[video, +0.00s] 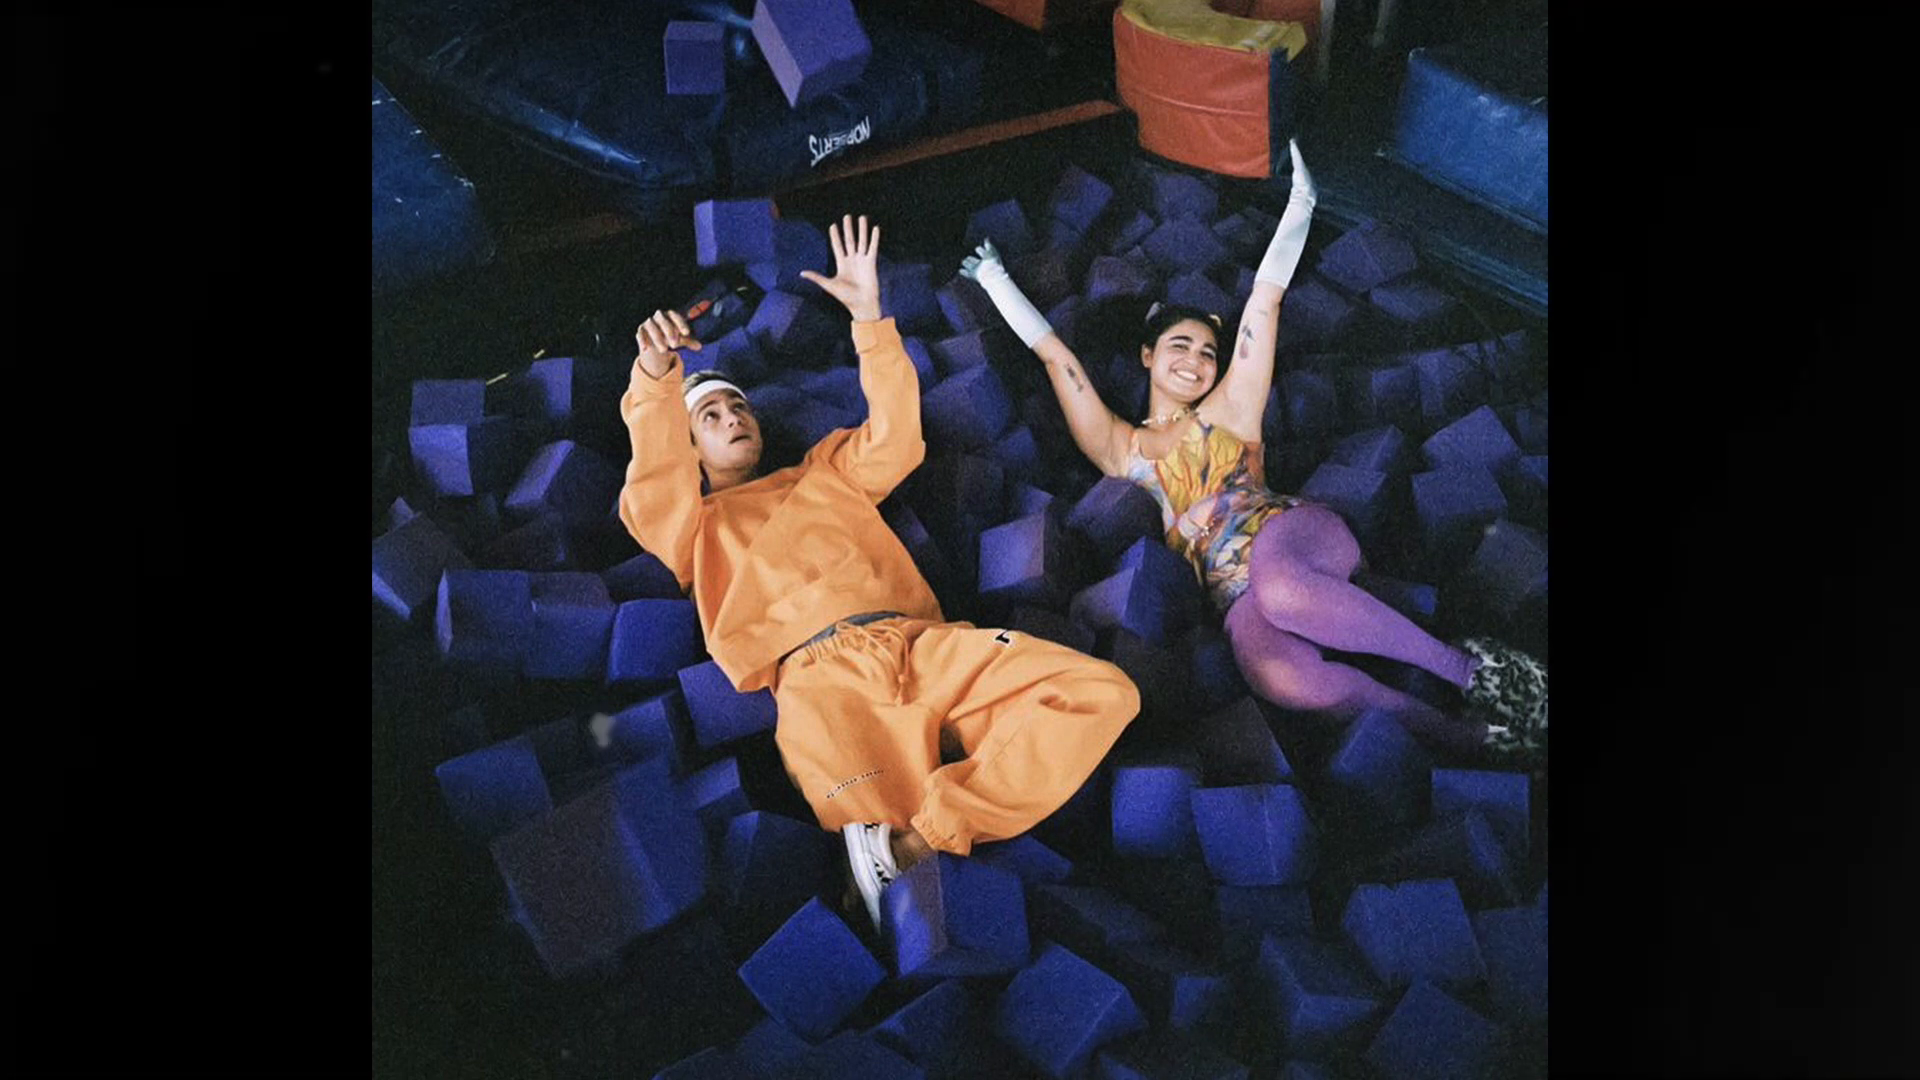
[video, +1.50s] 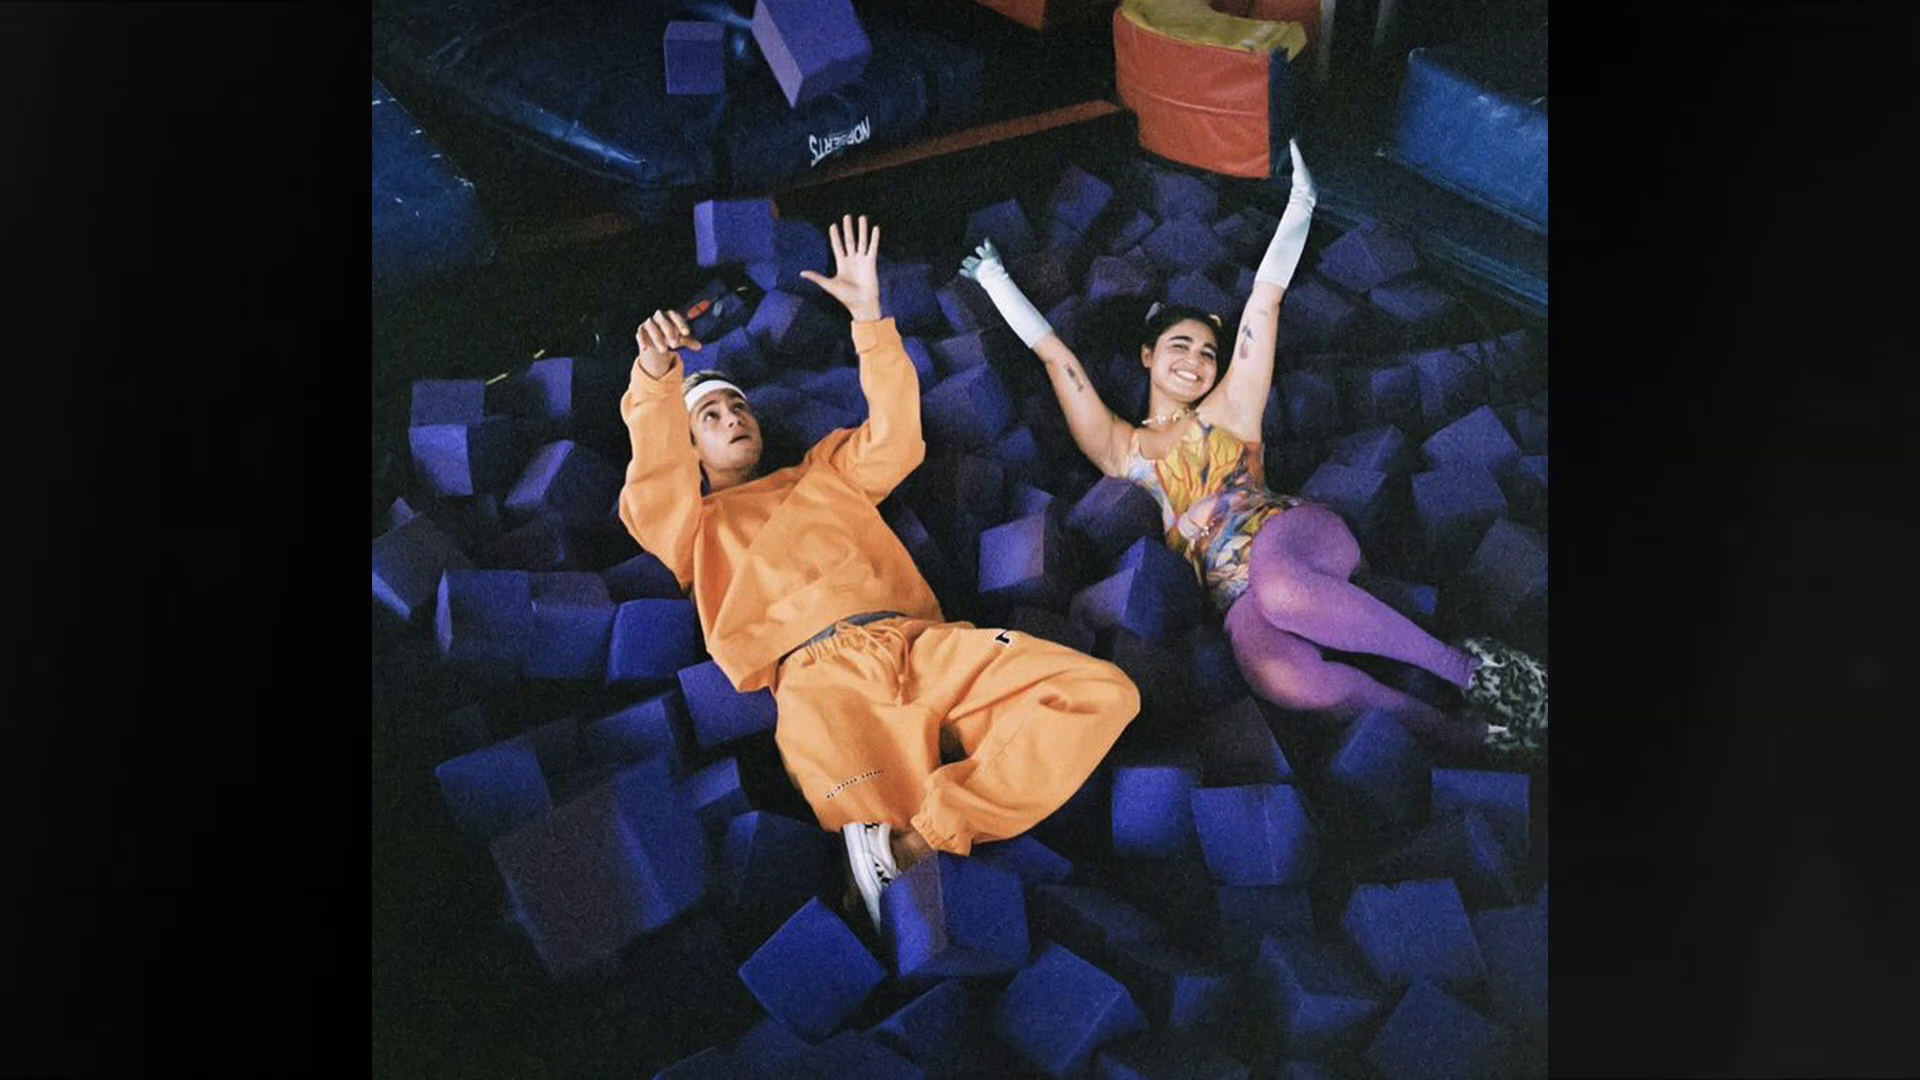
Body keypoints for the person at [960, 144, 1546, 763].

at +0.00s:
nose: (1192, 361)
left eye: (1205, 354)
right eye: (1178, 347)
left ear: (1215, 369)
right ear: (1145, 358)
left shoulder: (1230, 412)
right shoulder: (1123, 448)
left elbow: (1264, 305)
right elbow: (1057, 358)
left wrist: (1298, 209)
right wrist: (991, 277)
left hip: (1288, 532)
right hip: (1239, 598)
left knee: (1278, 592)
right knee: (1286, 680)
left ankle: (1470, 671)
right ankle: (1464, 735)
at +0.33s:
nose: (1190, 359)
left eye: (1204, 353)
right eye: (1176, 346)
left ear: (1216, 370)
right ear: (1145, 358)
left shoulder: (1230, 411)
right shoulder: (1122, 449)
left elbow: (1264, 304)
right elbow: (1057, 359)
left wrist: (1299, 209)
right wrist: (992, 277)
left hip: (1288, 531)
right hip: (1238, 596)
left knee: (1279, 593)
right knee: (1285, 679)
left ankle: (1471, 671)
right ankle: (1463, 734)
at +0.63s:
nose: (1190, 359)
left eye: (1204, 353)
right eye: (1176, 346)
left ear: (1216, 370)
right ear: (1145, 358)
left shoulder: (1230, 411)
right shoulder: (1122, 449)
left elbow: (1264, 305)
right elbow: (1057, 359)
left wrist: (1298, 209)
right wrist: (992, 277)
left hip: (1289, 531)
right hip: (1238, 596)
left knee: (1279, 593)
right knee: (1285, 679)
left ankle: (1471, 671)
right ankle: (1464, 734)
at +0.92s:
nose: (1190, 359)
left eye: (1204, 353)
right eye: (1176, 346)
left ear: (1216, 370)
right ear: (1145, 358)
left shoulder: (1230, 411)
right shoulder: (1122, 449)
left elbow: (1264, 305)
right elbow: (1057, 359)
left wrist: (1298, 209)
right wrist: (992, 277)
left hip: (1288, 531)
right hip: (1238, 596)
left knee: (1279, 593)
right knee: (1285, 679)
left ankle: (1471, 671)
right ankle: (1462, 734)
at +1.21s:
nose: (1192, 359)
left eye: (1205, 353)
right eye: (1177, 346)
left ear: (1217, 370)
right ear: (1145, 358)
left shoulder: (1230, 411)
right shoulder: (1123, 448)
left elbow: (1264, 305)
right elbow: (1057, 359)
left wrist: (1298, 209)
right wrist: (992, 278)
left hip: (1288, 531)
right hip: (1239, 597)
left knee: (1279, 593)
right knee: (1285, 679)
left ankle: (1471, 670)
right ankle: (1461, 732)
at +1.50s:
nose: (1191, 360)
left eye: (1205, 354)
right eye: (1177, 346)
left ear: (1217, 370)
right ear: (1145, 357)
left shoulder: (1230, 411)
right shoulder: (1122, 448)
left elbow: (1264, 305)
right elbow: (1058, 359)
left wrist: (1298, 209)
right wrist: (992, 278)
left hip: (1288, 531)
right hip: (1238, 596)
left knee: (1280, 593)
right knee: (1287, 680)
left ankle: (1472, 671)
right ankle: (1462, 733)